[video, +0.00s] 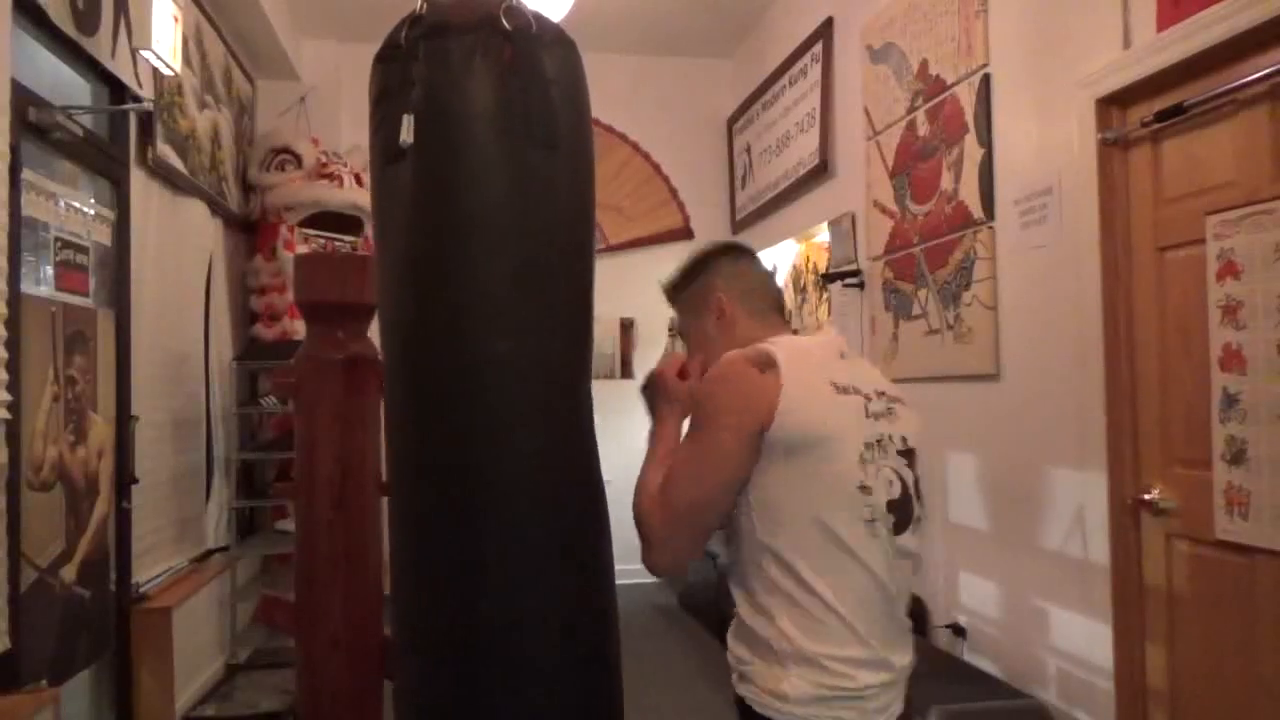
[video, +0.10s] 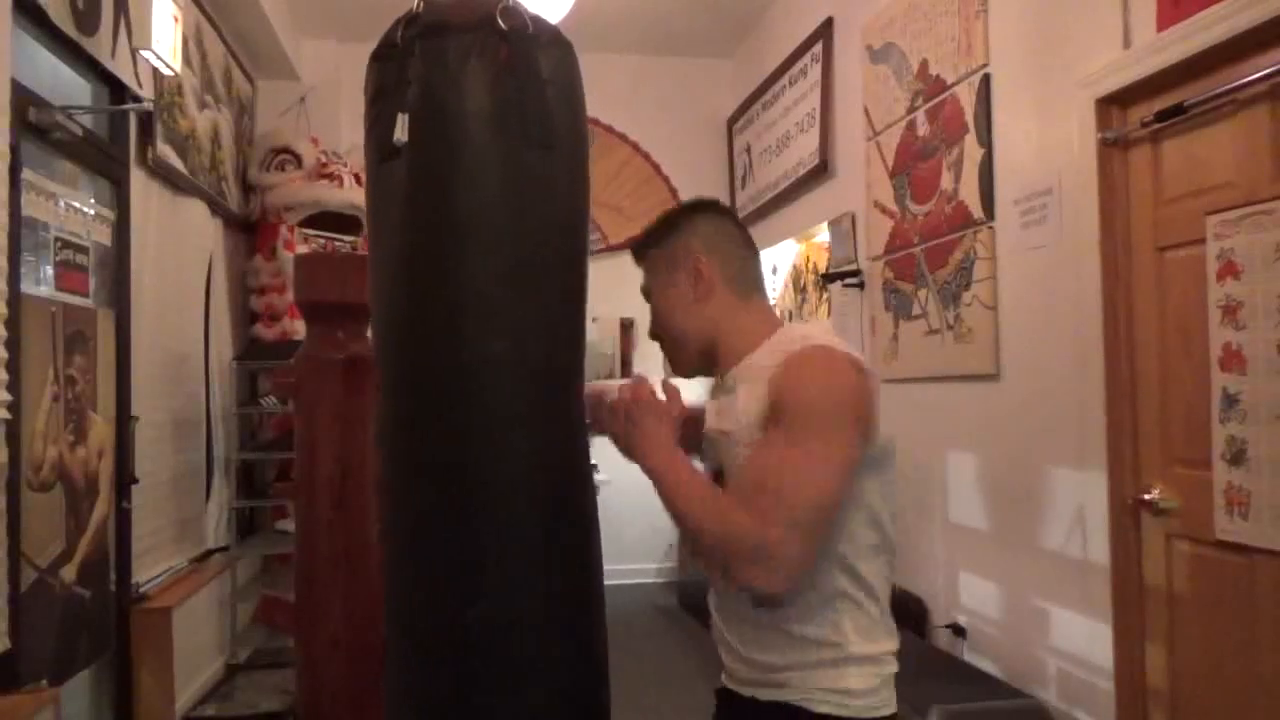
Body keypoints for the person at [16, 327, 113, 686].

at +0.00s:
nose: (70, 392)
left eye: (76, 383)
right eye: (65, 385)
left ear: (89, 386)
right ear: (59, 391)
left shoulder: (103, 431)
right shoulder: (61, 437)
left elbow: (106, 500)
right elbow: (38, 479)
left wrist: (76, 562)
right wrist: (47, 400)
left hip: (104, 547)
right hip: (74, 547)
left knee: (103, 620)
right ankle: (59, 684)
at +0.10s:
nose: (71, 392)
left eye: (77, 383)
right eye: (65, 384)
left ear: (91, 384)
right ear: (60, 389)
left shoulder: (103, 431)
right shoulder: (62, 436)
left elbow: (105, 502)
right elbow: (38, 480)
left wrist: (75, 563)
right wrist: (46, 401)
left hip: (103, 551)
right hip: (74, 550)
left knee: (102, 631)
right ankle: (59, 690)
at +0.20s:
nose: (71, 392)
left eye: (77, 383)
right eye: (65, 384)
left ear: (91, 385)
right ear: (60, 389)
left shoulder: (103, 430)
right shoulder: (61, 435)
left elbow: (105, 501)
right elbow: (38, 480)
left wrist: (76, 562)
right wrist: (46, 401)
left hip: (104, 549)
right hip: (75, 549)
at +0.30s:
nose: (71, 391)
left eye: (77, 382)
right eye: (66, 383)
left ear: (91, 385)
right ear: (61, 390)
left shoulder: (104, 431)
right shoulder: (62, 438)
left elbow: (105, 501)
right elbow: (38, 480)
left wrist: (75, 562)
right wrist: (45, 401)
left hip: (102, 550)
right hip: (73, 549)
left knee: (99, 627)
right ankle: (56, 685)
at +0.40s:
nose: (71, 391)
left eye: (76, 382)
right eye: (65, 383)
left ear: (90, 385)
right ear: (60, 390)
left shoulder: (103, 432)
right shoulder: (62, 437)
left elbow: (104, 503)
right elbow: (39, 481)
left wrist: (75, 563)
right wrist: (46, 401)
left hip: (100, 550)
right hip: (72, 548)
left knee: (98, 626)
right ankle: (58, 684)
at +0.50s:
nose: (69, 390)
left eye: (74, 381)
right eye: (63, 383)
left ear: (90, 384)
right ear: (60, 389)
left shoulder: (103, 433)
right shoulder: (62, 438)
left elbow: (104, 502)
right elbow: (38, 481)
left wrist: (76, 562)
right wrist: (45, 402)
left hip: (100, 548)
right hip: (73, 547)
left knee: (98, 623)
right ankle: (59, 686)